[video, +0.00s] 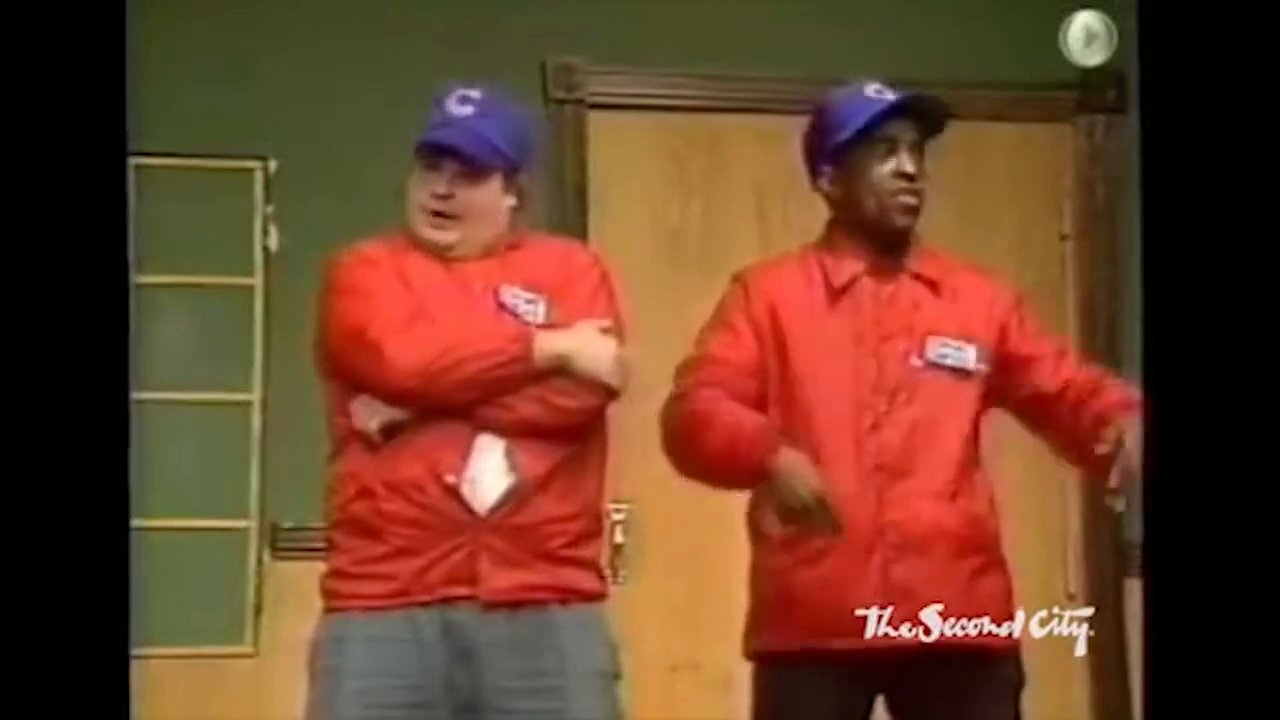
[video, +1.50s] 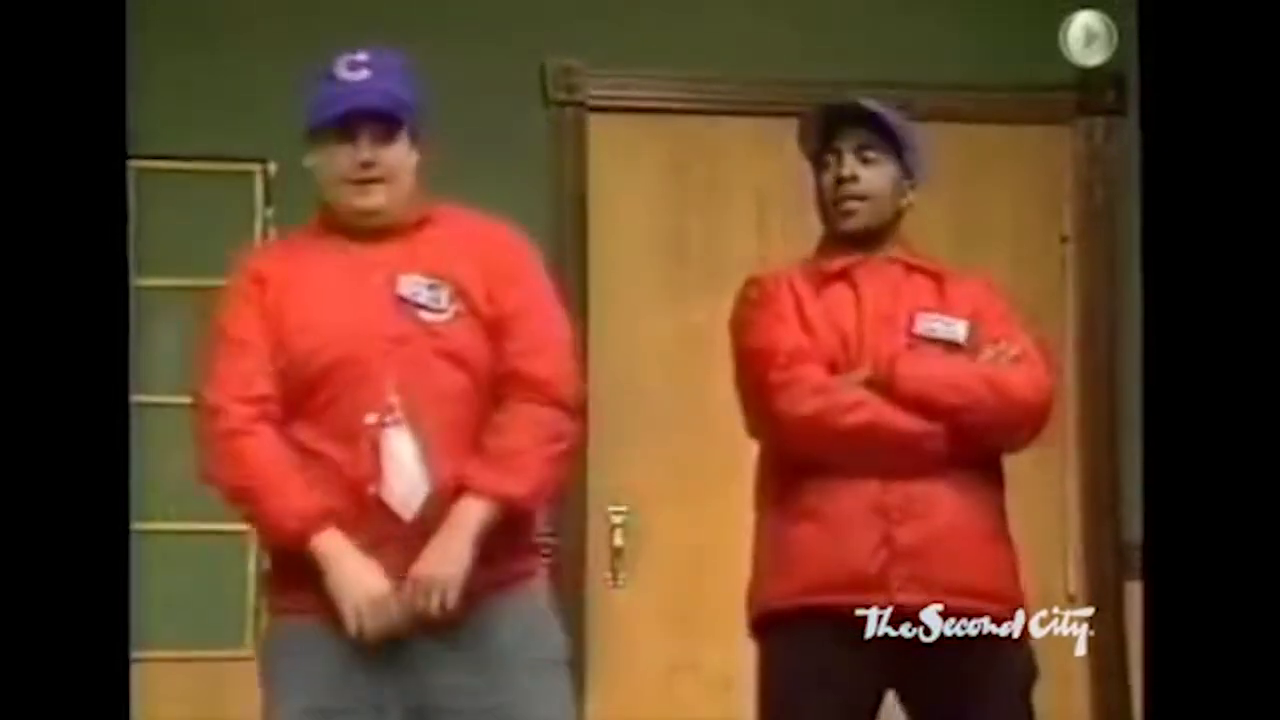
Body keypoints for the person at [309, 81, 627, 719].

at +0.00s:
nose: (441, 190)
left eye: (468, 175)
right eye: (430, 167)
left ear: (513, 194)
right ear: (410, 175)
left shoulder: (571, 268)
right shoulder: (364, 268)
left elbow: (577, 396)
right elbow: (395, 367)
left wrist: (425, 392)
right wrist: (551, 349)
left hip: (545, 609)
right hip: (383, 609)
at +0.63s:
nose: (437, 164)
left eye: (463, 149)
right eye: (425, 144)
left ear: (508, 166)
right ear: (407, 152)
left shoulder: (568, 249)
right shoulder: (362, 247)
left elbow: (611, 377)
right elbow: (341, 352)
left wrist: (480, 401)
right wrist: (485, 348)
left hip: (543, 612)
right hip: (384, 616)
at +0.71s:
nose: (437, 168)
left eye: (463, 153)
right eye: (426, 147)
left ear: (510, 165)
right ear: (410, 152)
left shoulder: (571, 257)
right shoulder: (357, 254)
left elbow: (634, 393)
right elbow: (286, 382)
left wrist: (572, 462)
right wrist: (359, 439)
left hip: (541, 617)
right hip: (383, 619)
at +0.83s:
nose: (443, 171)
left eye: (467, 155)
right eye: (428, 150)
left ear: (509, 165)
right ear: (407, 157)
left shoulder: (565, 262)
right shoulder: (357, 262)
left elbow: (625, 386)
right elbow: (266, 376)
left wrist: (643, 482)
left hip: (542, 608)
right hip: (385, 611)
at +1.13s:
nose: (408, 165)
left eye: (429, 146)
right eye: (391, 145)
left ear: (471, 155)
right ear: (369, 156)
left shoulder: (545, 265)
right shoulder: (316, 275)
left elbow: (627, 391)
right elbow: (240, 402)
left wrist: (615, 483)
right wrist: (252, 473)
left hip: (529, 624)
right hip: (365, 630)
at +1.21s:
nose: (393, 161)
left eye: (414, 140)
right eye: (375, 142)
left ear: (453, 150)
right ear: (354, 155)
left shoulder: (539, 264)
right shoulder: (302, 280)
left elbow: (598, 395)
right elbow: (252, 414)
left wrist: (558, 491)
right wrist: (316, 492)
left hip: (519, 621)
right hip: (356, 627)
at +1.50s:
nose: (364, 155)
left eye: (384, 135)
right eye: (342, 138)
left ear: (416, 148)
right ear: (313, 154)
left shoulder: (493, 252)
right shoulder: (268, 274)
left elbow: (546, 400)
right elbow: (234, 429)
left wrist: (464, 525)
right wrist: (332, 550)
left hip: (493, 612)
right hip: (325, 618)